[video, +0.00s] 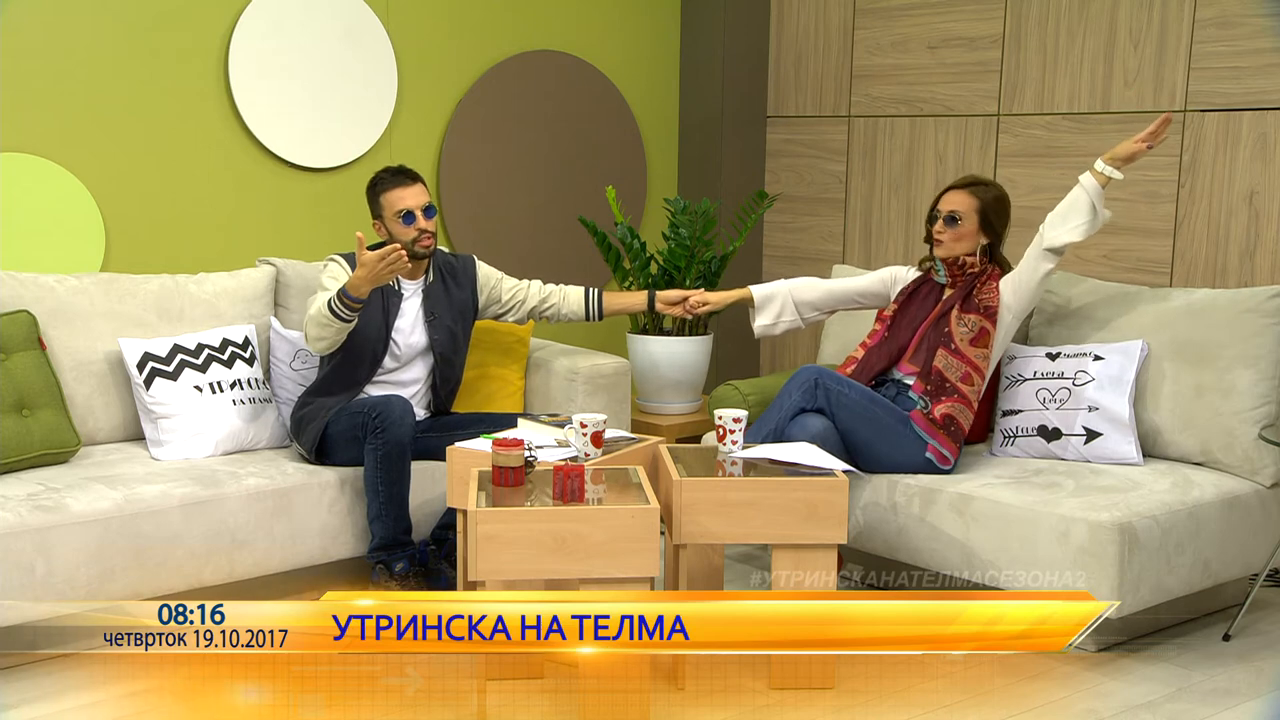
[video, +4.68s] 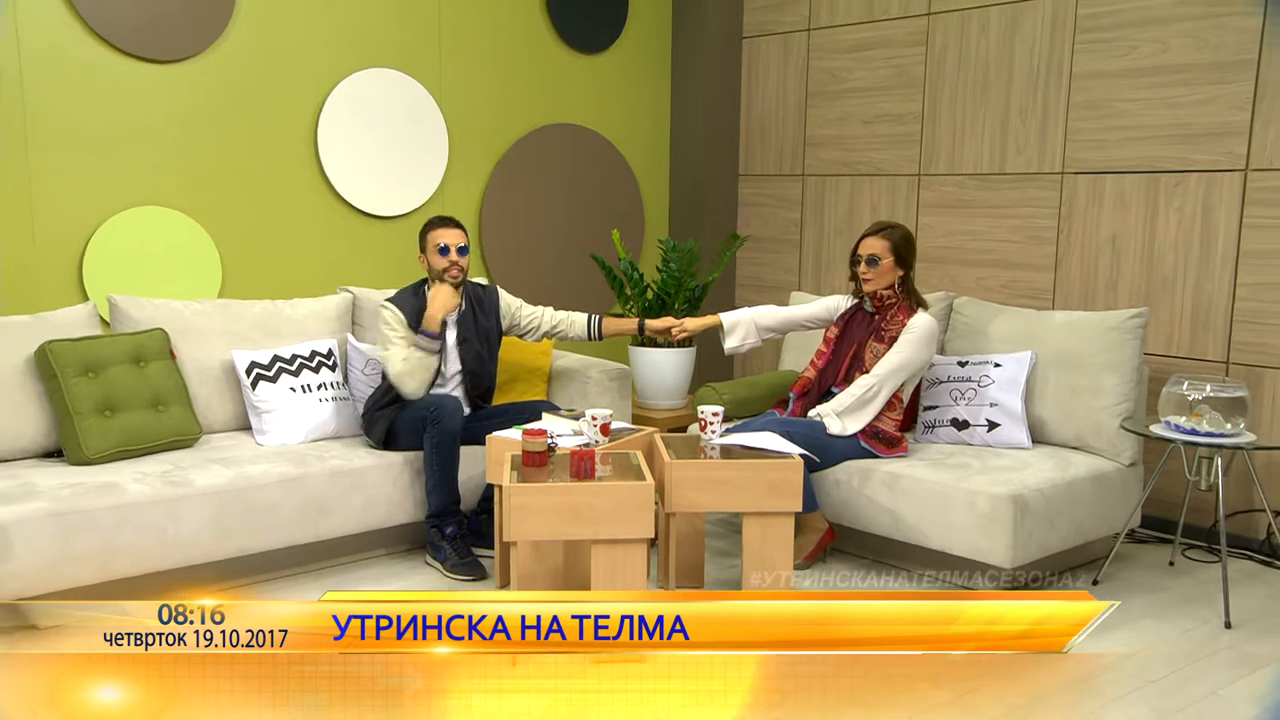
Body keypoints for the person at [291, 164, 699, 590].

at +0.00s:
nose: (422, 225)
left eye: (427, 212)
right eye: (406, 217)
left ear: (437, 214)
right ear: (379, 227)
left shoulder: (463, 275)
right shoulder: (348, 273)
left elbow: (548, 300)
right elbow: (318, 340)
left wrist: (654, 299)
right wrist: (357, 288)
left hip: (416, 421)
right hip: (331, 423)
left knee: (515, 431)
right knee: (392, 409)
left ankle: (443, 552)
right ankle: (393, 560)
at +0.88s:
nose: (440, 227)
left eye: (443, 215)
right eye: (424, 219)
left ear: (449, 216)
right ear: (390, 228)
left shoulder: (464, 276)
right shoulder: (345, 280)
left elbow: (547, 301)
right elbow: (307, 369)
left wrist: (654, 300)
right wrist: (354, 323)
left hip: (417, 421)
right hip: (331, 422)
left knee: (515, 431)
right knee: (393, 410)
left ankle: (444, 550)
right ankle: (392, 559)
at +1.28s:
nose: (443, 228)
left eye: (443, 215)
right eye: (428, 219)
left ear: (443, 215)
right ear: (389, 230)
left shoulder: (456, 275)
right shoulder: (334, 284)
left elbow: (533, 309)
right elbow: (306, 379)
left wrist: (637, 324)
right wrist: (369, 382)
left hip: (420, 420)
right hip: (333, 424)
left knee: (525, 431)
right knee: (391, 412)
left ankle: (440, 553)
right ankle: (393, 561)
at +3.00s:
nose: (431, 281)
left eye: (441, 270)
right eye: (420, 271)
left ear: (450, 259)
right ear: (398, 260)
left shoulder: (470, 295)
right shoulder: (361, 307)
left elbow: (544, 318)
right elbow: (318, 387)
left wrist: (638, 320)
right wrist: (371, 394)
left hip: (440, 426)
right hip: (367, 428)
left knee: (527, 420)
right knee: (411, 427)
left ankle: (464, 548)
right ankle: (425, 557)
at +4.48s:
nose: (457, 262)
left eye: (464, 253)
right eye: (445, 254)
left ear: (471, 258)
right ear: (424, 263)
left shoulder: (490, 302)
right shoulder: (392, 312)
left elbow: (559, 323)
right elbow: (360, 390)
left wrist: (643, 325)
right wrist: (396, 381)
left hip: (463, 419)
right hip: (393, 422)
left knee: (546, 416)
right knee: (443, 408)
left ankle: (483, 524)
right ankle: (442, 537)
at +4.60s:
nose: (456, 260)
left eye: (463, 251)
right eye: (444, 252)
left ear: (470, 257)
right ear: (424, 261)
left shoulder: (489, 301)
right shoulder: (394, 312)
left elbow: (556, 323)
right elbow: (382, 393)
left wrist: (642, 325)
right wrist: (416, 350)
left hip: (464, 418)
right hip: (394, 421)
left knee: (547, 415)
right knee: (444, 406)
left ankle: (485, 521)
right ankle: (443, 534)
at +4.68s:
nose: (455, 258)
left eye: (462, 250)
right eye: (443, 251)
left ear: (469, 255)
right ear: (424, 259)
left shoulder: (488, 299)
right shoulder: (398, 310)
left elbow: (555, 322)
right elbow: (410, 383)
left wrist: (642, 326)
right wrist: (433, 320)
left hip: (465, 416)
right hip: (398, 419)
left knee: (548, 415)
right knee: (446, 406)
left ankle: (486, 520)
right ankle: (445, 533)